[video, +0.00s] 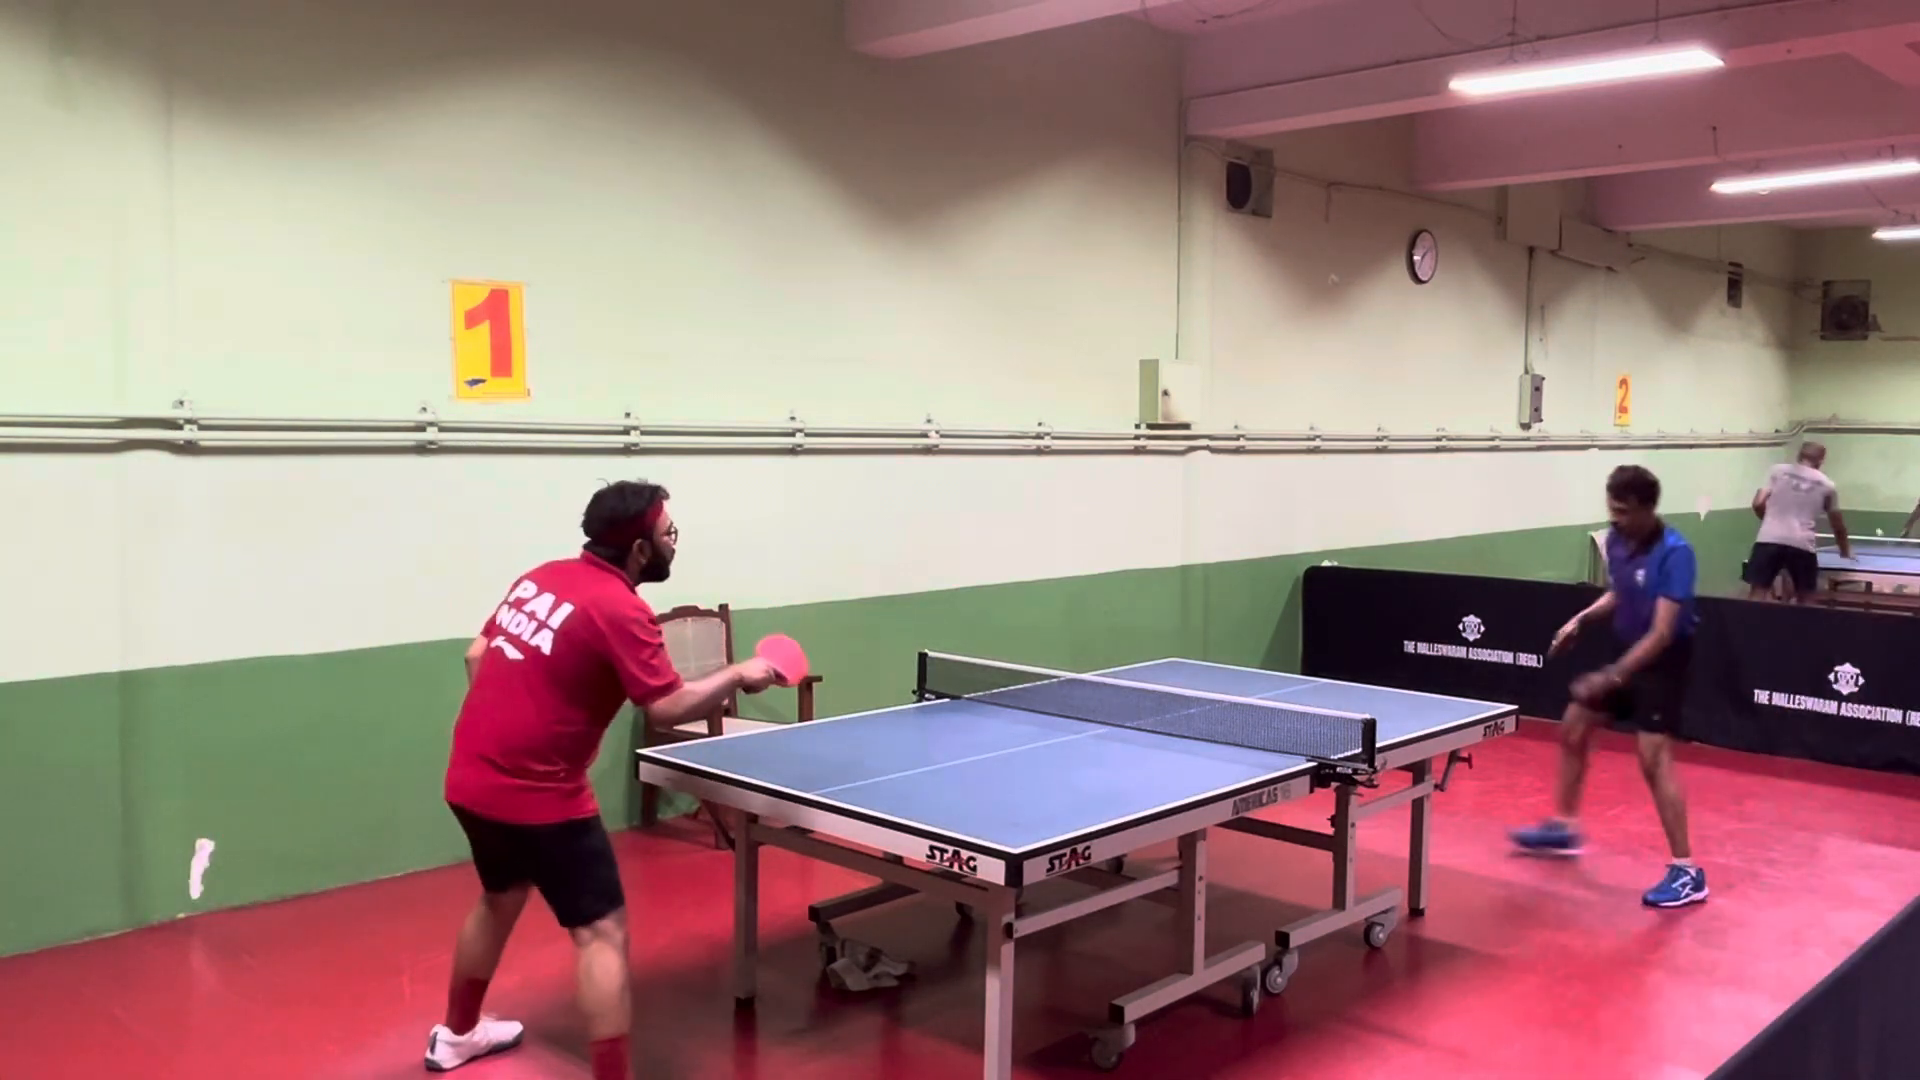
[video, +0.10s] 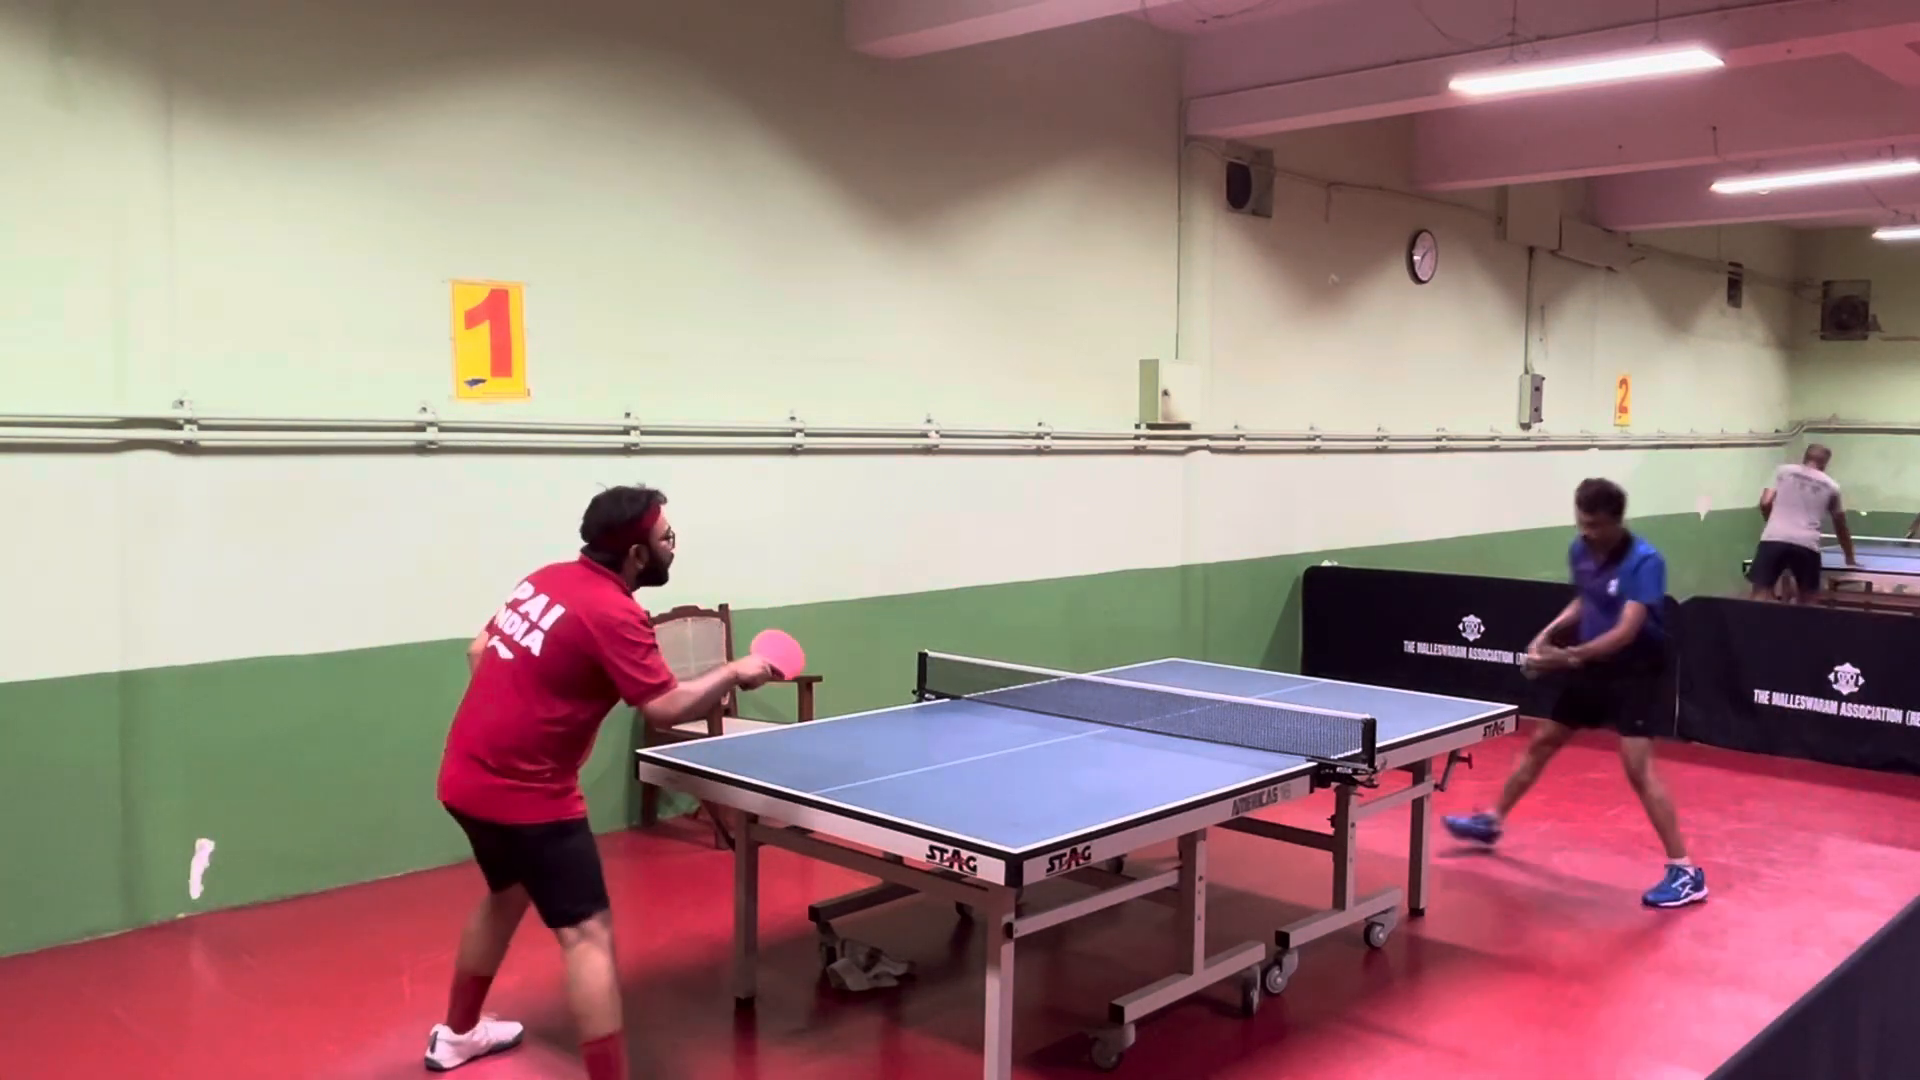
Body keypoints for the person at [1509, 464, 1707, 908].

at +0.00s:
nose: (1614, 519)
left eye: (1621, 512)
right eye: (1611, 510)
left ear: (1648, 509)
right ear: (1613, 507)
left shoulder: (1675, 553)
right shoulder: (1617, 542)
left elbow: (1663, 632)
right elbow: (1621, 594)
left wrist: (1611, 675)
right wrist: (1578, 621)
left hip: (1666, 655)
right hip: (1625, 649)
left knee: (1653, 757)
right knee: (1574, 727)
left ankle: (1686, 869)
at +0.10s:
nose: (1585, 533)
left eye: (1593, 525)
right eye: (1581, 524)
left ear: (1617, 522)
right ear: (1578, 519)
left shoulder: (1645, 562)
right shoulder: (1581, 550)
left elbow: (1627, 630)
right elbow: (1586, 600)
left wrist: (1571, 656)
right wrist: (1546, 636)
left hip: (1639, 667)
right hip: (1593, 660)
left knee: (1638, 766)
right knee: (1544, 741)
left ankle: (1684, 869)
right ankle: (1492, 821)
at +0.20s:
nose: (1555, 550)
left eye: (1563, 542)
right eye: (1551, 541)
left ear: (1586, 535)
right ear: (1546, 535)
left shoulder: (1614, 568)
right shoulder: (1545, 563)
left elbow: (1599, 633)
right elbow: (1542, 613)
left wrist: (1545, 649)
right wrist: (1513, 651)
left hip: (1609, 670)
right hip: (1559, 666)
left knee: (1622, 769)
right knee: (1496, 733)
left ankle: (1678, 869)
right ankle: (1474, 825)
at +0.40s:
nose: (1520, 556)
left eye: (1527, 549)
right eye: (1515, 548)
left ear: (1548, 537)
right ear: (1510, 541)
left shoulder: (1582, 562)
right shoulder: (1507, 555)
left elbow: (1571, 635)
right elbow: (1495, 602)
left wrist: (1531, 661)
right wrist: (1461, 640)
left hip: (1582, 657)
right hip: (1531, 654)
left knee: (1610, 750)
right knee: (1482, 730)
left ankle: (1640, 853)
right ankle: (1472, 824)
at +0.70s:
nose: (1535, 556)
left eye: (1543, 549)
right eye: (1529, 549)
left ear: (1562, 539)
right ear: (1522, 541)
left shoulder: (1591, 571)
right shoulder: (1517, 549)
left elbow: (1576, 635)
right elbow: (1475, 587)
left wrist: (1538, 673)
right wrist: (1468, 601)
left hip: (1580, 663)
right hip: (1528, 656)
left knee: (1621, 757)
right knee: (1468, 729)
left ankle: (1644, 855)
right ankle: (1472, 825)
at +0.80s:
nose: (1545, 547)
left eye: (1553, 540)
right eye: (1540, 539)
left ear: (1573, 530)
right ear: (1534, 531)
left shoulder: (1600, 566)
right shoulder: (1527, 542)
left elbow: (1578, 629)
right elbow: (1472, 586)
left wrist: (1538, 642)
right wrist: (1502, 586)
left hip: (1581, 665)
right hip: (1531, 658)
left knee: (1622, 758)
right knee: (1468, 729)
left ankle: (1644, 856)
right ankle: (1472, 825)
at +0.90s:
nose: (1553, 535)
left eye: (1561, 527)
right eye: (1546, 526)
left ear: (1581, 521)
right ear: (1538, 520)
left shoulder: (1604, 554)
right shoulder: (1529, 536)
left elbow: (1582, 610)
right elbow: (1490, 578)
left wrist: (1535, 592)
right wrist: (1531, 575)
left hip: (1585, 665)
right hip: (1533, 658)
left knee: (1623, 755)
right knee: (1473, 727)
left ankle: (1644, 855)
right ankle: (1472, 825)